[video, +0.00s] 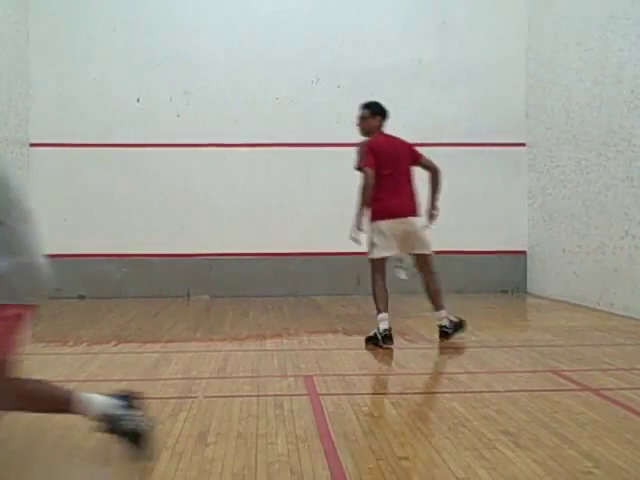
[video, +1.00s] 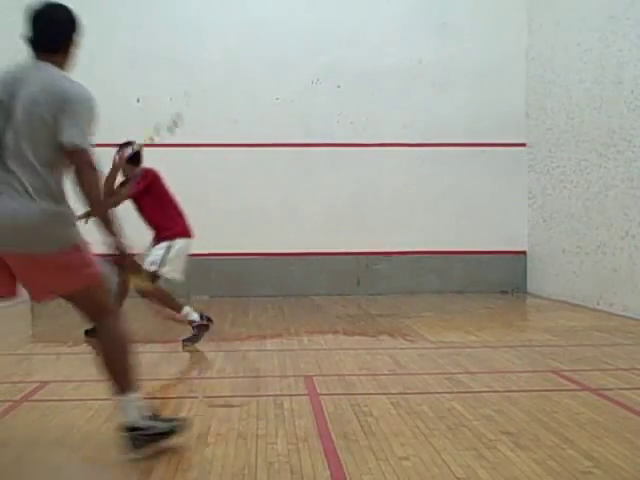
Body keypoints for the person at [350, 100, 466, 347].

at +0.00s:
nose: (359, 123)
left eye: (363, 119)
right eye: (359, 118)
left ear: (377, 119)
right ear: (380, 121)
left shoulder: (368, 146)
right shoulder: (401, 145)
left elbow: (369, 180)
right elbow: (433, 169)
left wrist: (360, 217)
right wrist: (434, 204)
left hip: (380, 217)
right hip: (408, 215)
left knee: (378, 272)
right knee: (426, 268)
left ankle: (383, 328)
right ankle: (444, 321)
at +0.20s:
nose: (318, 106)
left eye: (322, 102)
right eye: (319, 101)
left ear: (335, 104)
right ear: (338, 105)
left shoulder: (327, 129)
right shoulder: (359, 131)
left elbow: (330, 163)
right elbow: (384, 165)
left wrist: (312, 199)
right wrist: (375, 194)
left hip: (342, 200)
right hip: (367, 200)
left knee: (335, 255)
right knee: (368, 253)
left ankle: (356, 310)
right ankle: (382, 310)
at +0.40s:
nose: (272, 134)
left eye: (274, 129)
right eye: (273, 129)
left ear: (282, 130)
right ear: (291, 131)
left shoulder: (285, 155)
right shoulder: (307, 155)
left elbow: (281, 194)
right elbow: (320, 193)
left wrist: (261, 229)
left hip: (302, 225)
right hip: (325, 225)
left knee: (261, 262)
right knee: (342, 278)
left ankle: (242, 319)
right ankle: (367, 327)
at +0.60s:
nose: (207, 145)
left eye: (209, 140)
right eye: (209, 140)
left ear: (213, 142)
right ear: (228, 140)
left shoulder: (224, 164)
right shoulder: (237, 163)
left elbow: (227, 203)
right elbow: (233, 204)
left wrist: (212, 232)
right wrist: (211, 228)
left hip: (241, 229)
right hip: (258, 231)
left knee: (203, 268)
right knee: (247, 288)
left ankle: (210, 329)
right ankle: (297, 304)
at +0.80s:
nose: (159, 153)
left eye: (160, 148)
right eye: (159, 149)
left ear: (164, 148)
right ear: (178, 146)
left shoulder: (183, 164)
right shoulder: (179, 167)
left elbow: (159, 208)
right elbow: (163, 206)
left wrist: (133, 200)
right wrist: (142, 218)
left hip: (215, 226)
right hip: (206, 225)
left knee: (178, 270)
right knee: (171, 261)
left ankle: (207, 324)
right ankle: (172, 319)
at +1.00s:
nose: (121, 167)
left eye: (122, 163)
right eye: (120, 163)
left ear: (127, 161)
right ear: (136, 159)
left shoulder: (146, 175)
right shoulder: (131, 181)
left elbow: (118, 199)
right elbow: (107, 197)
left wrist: (92, 212)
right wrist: (115, 168)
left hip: (175, 237)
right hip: (162, 237)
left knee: (145, 284)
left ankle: (197, 319)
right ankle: (107, 325)